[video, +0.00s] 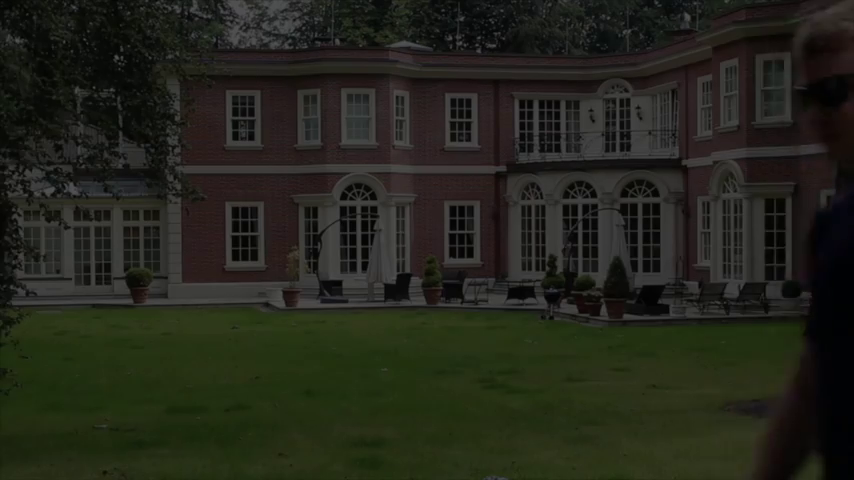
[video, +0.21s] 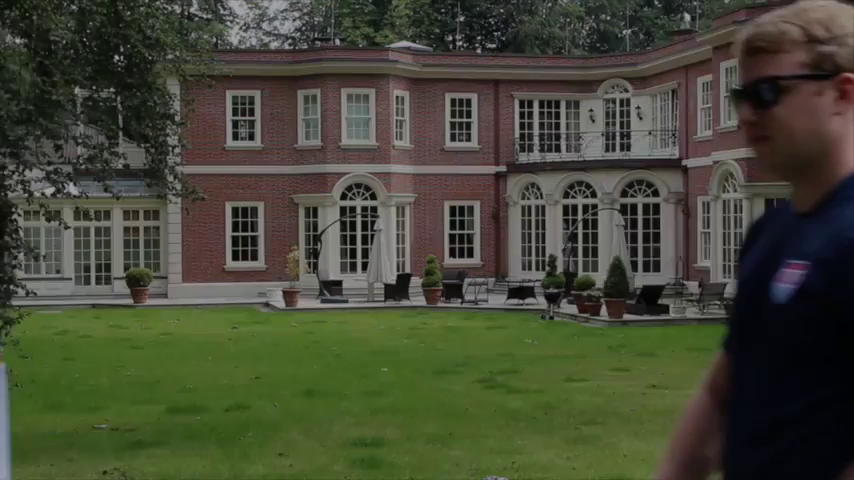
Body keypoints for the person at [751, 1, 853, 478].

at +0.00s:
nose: (819, 116)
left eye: (834, 93)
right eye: (810, 98)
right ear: (802, 103)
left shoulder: (837, 218)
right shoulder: (833, 218)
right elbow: (818, 369)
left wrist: (773, 460)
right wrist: (772, 463)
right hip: (842, 454)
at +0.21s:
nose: (745, 116)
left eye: (765, 93)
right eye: (740, 98)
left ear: (842, 96)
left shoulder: (845, 231)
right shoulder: (768, 231)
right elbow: (719, 392)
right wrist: (675, 468)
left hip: (822, 461)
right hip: (749, 464)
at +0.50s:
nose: (661, 90)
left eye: (683, 70)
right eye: (657, 74)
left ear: (760, 79)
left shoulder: (790, 208)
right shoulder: (683, 214)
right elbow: (609, 345)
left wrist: (580, 349)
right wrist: (570, 453)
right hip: (662, 468)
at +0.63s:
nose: (640, 91)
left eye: (664, 71)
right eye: (635, 75)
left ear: (740, 81)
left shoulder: (768, 210)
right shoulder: (638, 217)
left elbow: (587, 363)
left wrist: (575, 317)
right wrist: (577, 436)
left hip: (740, 467)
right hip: (636, 468)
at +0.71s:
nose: (635, 92)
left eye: (660, 73)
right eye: (627, 77)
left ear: (731, 87)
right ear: (619, 86)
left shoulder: (763, 210)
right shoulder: (608, 219)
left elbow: (589, 359)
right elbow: (503, 360)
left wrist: (558, 337)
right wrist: (591, 419)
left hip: (729, 467)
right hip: (613, 471)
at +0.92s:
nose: (640, 89)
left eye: (667, 71)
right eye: (622, 74)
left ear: (712, 92)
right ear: (606, 94)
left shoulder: (753, 210)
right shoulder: (554, 220)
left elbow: (666, 356)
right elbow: (480, 369)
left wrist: (544, 345)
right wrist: (642, 402)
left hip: (717, 470)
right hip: (583, 471)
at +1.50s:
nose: (643, 88)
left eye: (664, 72)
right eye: (620, 72)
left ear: (694, 94)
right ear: (591, 96)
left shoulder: (750, 217)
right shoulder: (528, 225)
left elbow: (751, 377)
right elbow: (482, 383)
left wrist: (561, 353)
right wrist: (669, 401)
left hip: (713, 473)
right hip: (566, 474)